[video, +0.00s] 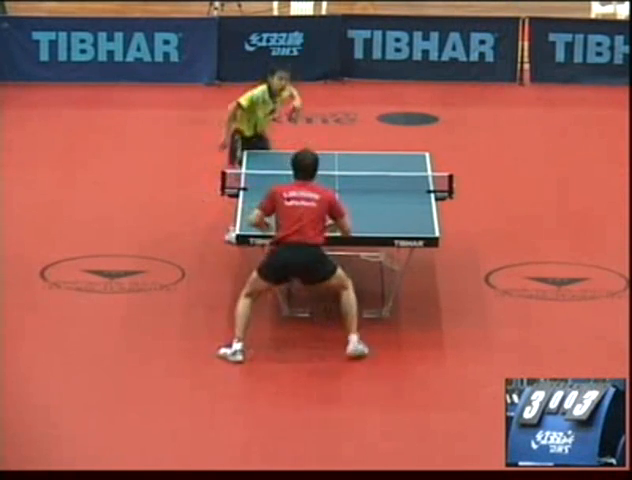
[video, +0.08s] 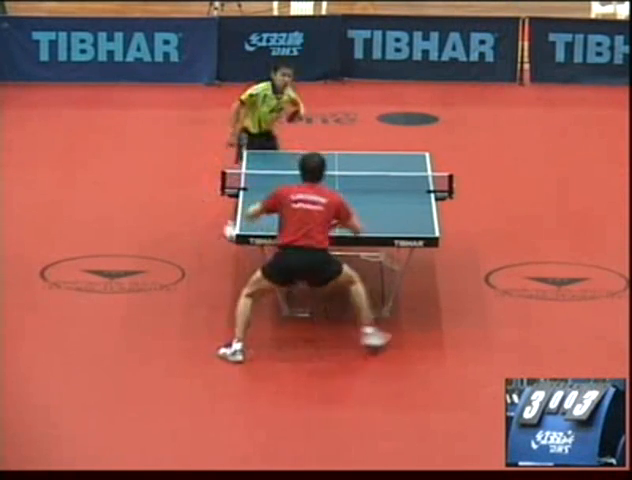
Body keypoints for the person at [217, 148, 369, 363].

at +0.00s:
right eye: (312, 167)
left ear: (293, 169)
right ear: (316, 171)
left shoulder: (278, 192)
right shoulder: (327, 196)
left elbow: (256, 220)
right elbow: (346, 230)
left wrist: (268, 229)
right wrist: (328, 225)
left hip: (282, 251)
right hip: (312, 251)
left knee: (248, 295)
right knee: (345, 287)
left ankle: (237, 345)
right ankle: (353, 340)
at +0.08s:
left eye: (309, 168)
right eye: (317, 169)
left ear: (301, 172)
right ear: (322, 174)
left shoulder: (285, 194)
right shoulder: (333, 198)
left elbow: (255, 213)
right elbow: (356, 228)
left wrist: (250, 214)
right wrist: (338, 220)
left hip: (288, 254)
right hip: (319, 256)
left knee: (249, 294)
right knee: (353, 282)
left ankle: (237, 345)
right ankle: (369, 331)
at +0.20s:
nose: (332, 176)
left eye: (328, 172)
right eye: (341, 173)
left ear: (323, 174)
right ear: (345, 176)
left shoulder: (310, 193)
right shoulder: (354, 201)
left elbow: (279, 201)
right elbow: (377, 225)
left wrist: (248, 203)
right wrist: (357, 214)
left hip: (304, 255)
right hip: (334, 257)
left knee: (262, 294)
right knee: (367, 285)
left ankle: (238, 345)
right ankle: (398, 324)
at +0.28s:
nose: (347, 180)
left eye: (343, 176)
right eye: (356, 176)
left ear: (340, 179)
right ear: (362, 180)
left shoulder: (331, 197)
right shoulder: (373, 206)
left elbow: (300, 202)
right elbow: (395, 224)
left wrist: (268, 205)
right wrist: (382, 215)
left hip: (322, 256)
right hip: (351, 260)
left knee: (279, 298)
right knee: (378, 285)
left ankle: (243, 344)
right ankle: (404, 327)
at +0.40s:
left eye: (363, 184)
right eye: (382, 183)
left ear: (361, 185)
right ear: (383, 188)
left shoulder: (356, 200)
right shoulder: (391, 215)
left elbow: (337, 211)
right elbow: (401, 217)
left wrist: (303, 219)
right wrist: (399, 200)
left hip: (339, 256)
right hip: (367, 261)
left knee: (293, 298)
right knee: (388, 280)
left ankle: (262, 344)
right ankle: (405, 326)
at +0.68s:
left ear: (344, 170)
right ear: (366, 171)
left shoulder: (334, 191)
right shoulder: (377, 197)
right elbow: (397, 226)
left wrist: (300, 211)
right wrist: (395, 210)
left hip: (334, 252)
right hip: (363, 253)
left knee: (292, 295)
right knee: (384, 286)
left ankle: (291, 343)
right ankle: (405, 325)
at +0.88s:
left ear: (324, 167)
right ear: (347, 168)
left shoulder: (309, 187)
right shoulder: (356, 193)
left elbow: (290, 220)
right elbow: (377, 227)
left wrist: (301, 218)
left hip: (310, 247)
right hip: (340, 249)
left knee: (275, 290)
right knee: (368, 291)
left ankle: (269, 343)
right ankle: (385, 341)